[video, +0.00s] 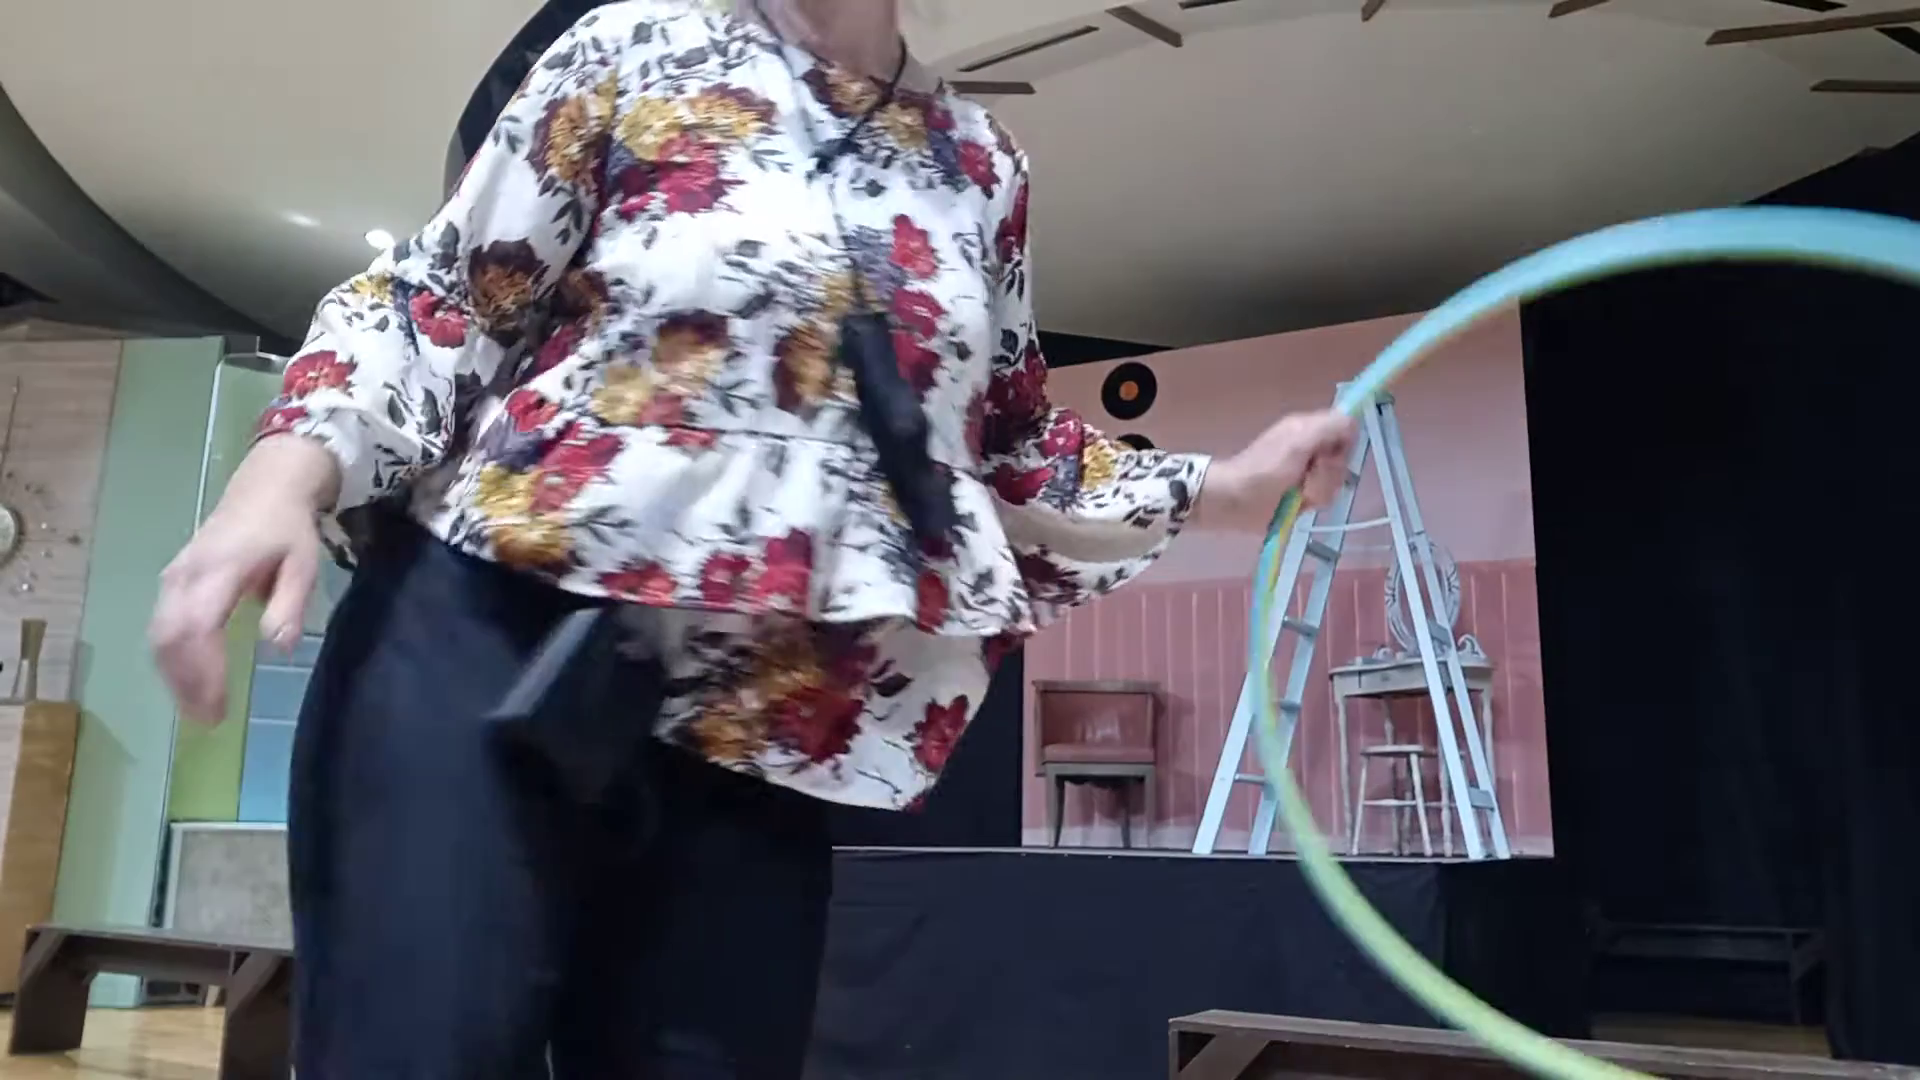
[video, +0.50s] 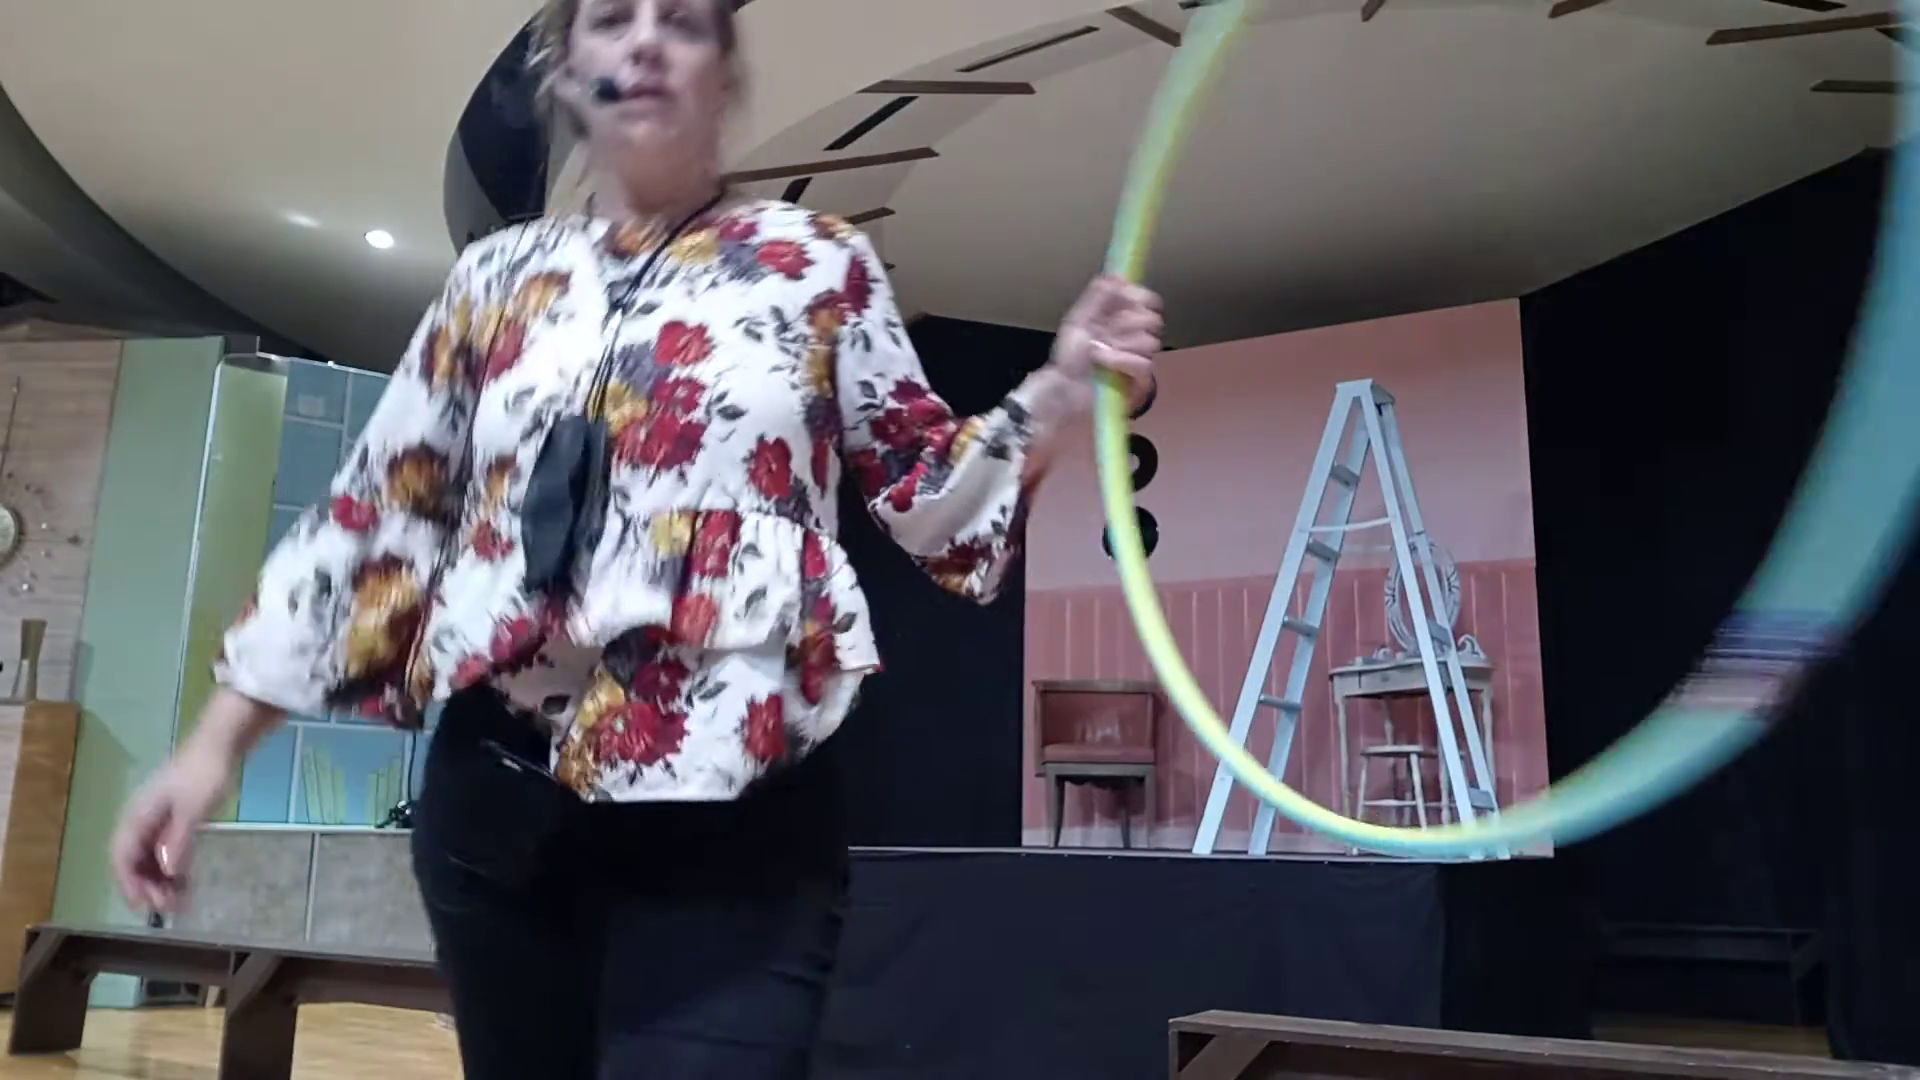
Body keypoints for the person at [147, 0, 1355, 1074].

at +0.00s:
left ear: (900, 2)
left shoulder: (979, 164)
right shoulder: (624, 54)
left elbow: (1004, 460)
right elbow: (440, 301)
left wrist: (1224, 483)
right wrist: (288, 471)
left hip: (758, 760)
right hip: (483, 660)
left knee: (711, 1064)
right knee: (434, 1051)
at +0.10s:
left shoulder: (962, 188)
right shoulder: (597, 80)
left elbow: (1001, 461)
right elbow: (438, 321)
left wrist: (1222, 459)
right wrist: (304, 464)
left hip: (775, 783)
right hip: (495, 711)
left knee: (724, 1060)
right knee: (423, 1059)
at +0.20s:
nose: (799, 6)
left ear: (861, 17)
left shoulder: (933, 211)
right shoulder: (570, 114)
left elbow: (983, 482)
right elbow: (416, 351)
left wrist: (1194, 439)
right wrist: (285, 506)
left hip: (771, 801)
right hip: (487, 737)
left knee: (719, 1067)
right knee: (429, 1064)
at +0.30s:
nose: (776, 14)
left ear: (826, 27)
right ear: (679, 13)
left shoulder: (888, 225)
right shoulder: (541, 163)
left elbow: (954, 501)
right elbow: (401, 394)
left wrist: (1144, 429)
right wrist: (258, 550)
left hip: (759, 785)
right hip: (495, 744)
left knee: (701, 1064)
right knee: (460, 1063)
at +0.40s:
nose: (682, 9)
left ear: (777, 31)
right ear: (609, 30)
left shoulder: (850, 250)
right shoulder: (510, 226)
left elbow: (937, 517)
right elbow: (381, 460)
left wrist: (1102, 414)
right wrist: (222, 644)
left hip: (738, 784)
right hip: (490, 766)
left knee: (687, 1059)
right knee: (499, 1060)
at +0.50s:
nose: (645, 43)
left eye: (682, 26)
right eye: (612, 24)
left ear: (730, 78)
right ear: (564, 74)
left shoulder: (817, 268)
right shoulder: (494, 277)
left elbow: (933, 510)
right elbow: (362, 525)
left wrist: (1061, 386)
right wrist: (212, 749)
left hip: (733, 808)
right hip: (500, 797)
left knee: (701, 1063)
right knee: (521, 1067)